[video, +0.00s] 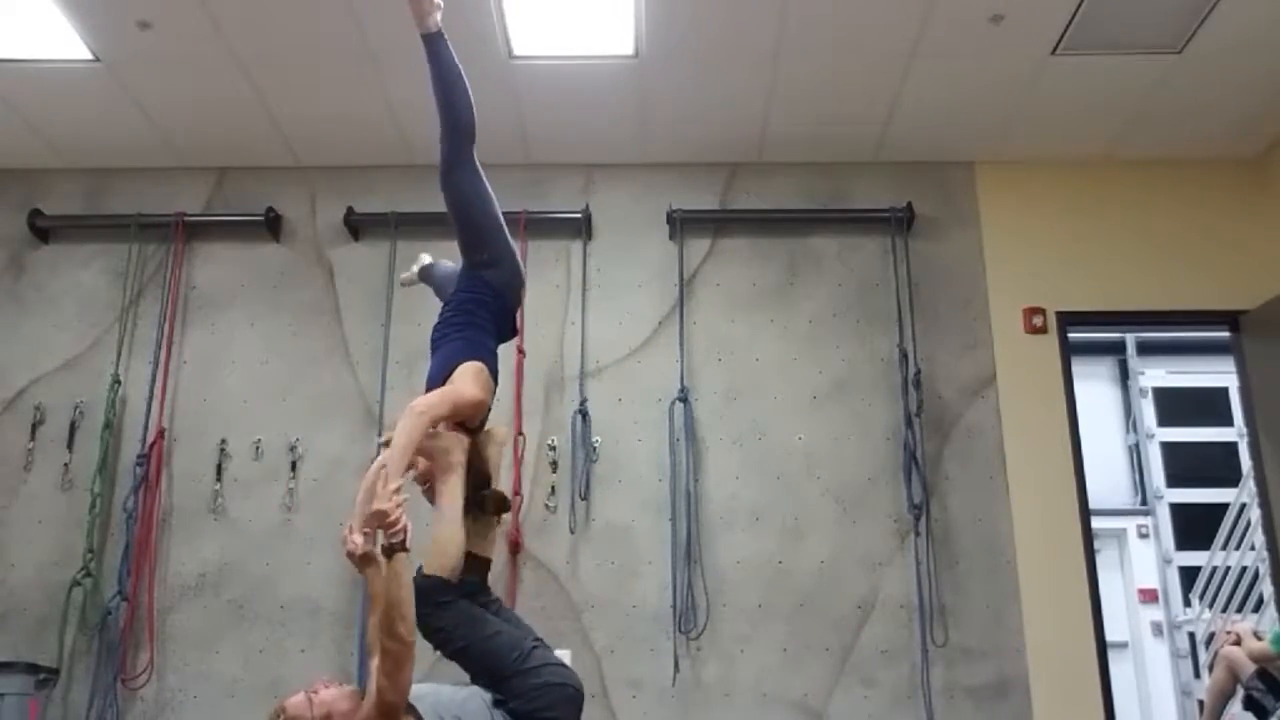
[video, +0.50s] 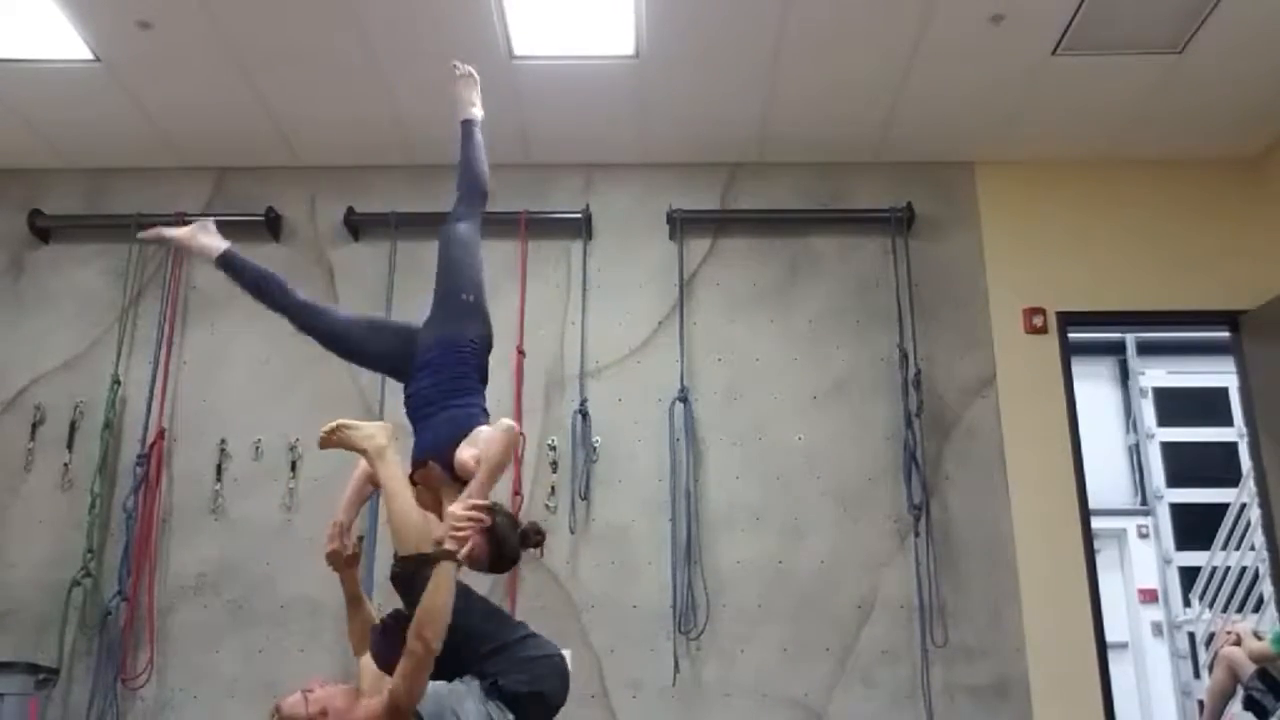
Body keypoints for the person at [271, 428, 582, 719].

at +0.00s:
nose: (320, 687)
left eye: (309, 691)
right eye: (313, 702)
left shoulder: (381, 700)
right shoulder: (381, 711)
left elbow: (381, 643)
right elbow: (401, 640)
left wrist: (372, 569)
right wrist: (397, 549)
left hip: (521, 698)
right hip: (545, 701)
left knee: (467, 590)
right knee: (428, 594)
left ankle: (486, 475)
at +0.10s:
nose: (317, 687)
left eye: (306, 691)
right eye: (312, 702)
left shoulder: (374, 697)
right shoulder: (380, 711)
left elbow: (371, 647)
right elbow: (396, 645)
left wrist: (354, 572)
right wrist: (394, 553)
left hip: (504, 698)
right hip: (538, 702)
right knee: (432, 596)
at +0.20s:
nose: (315, 685)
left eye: (305, 690)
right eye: (308, 699)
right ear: (323, 717)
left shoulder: (372, 699)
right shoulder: (379, 710)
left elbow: (369, 639)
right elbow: (393, 647)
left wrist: (355, 565)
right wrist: (389, 556)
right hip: (539, 698)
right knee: (424, 597)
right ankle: (402, 461)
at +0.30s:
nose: (319, 683)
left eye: (308, 689)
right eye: (313, 701)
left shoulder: (378, 698)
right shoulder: (379, 713)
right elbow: (382, 645)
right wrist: (374, 562)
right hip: (539, 702)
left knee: (432, 604)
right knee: (426, 603)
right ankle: (395, 453)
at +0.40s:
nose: (312, 686)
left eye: (299, 692)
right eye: (307, 700)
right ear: (327, 718)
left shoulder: (371, 690)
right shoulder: (381, 710)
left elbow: (365, 646)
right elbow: (395, 644)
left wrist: (347, 574)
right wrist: (404, 552)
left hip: (536, 681)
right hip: (532, 693)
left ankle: (381, 455)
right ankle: (382, 455)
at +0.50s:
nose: (314, 687)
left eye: (301, 694)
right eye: (309, 704)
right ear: (327, 719)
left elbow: (364, 642)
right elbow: (424, 642)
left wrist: (349, 576)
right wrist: (451, 554)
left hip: (536, 672)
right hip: (524, 690)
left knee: (421, 575)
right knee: (417, 575)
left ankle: (383, 455)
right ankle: (382, 450)